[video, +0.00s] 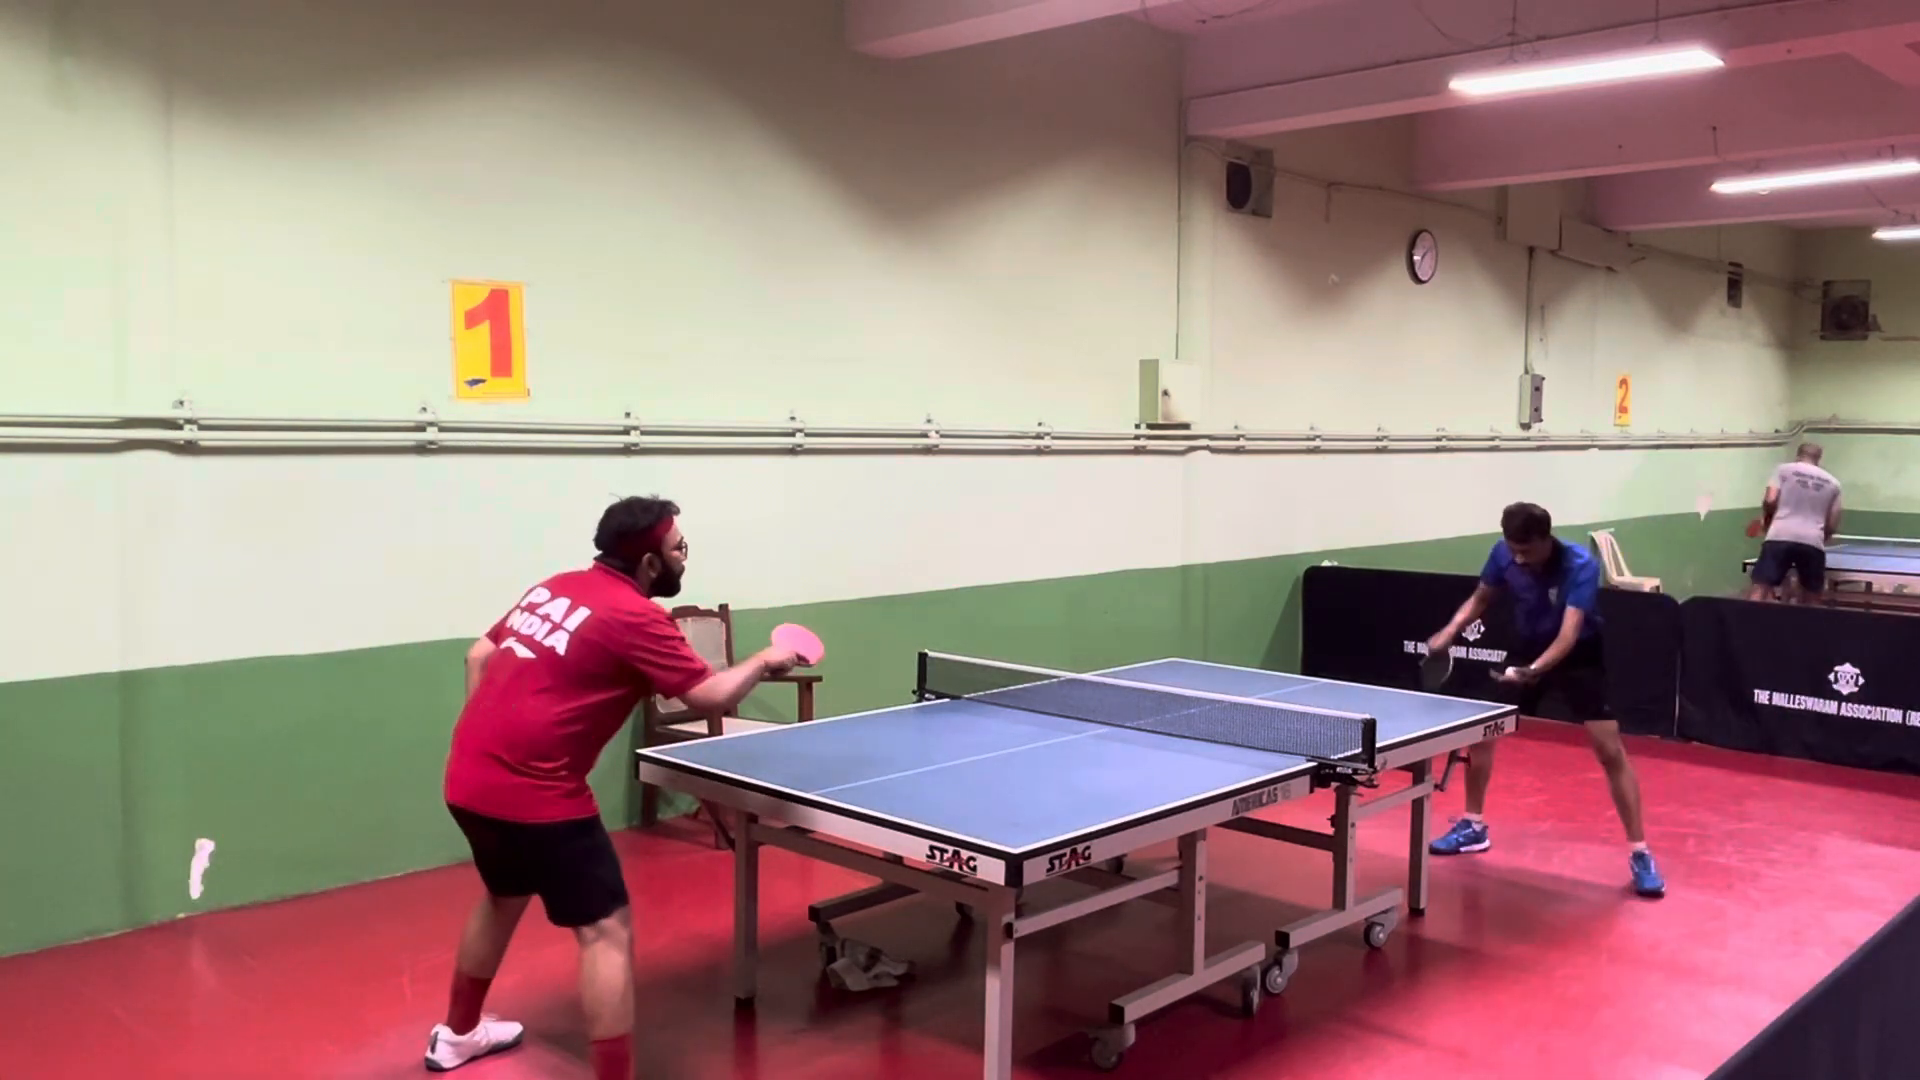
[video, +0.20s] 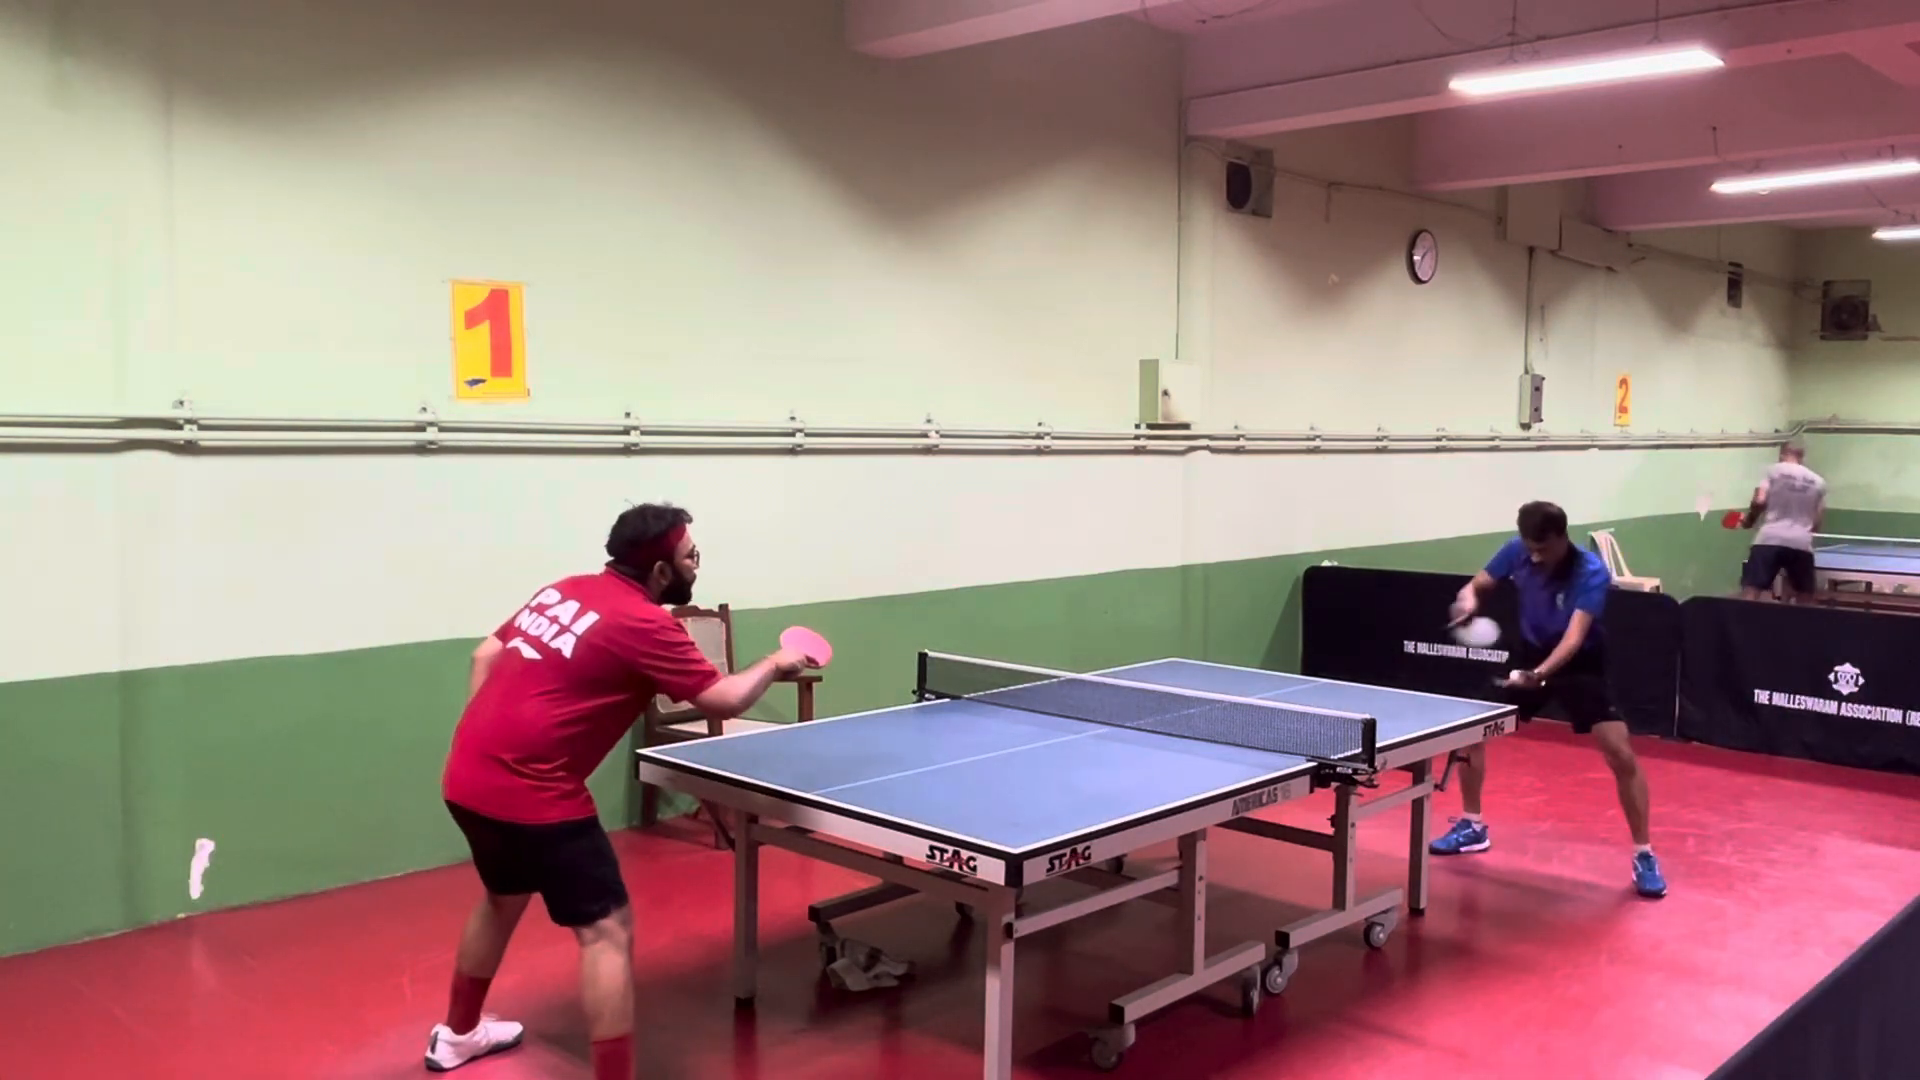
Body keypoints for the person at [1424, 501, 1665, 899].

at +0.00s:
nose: (1518, 557)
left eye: (1526, 551)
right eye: (1513, 550)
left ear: (1546, 539)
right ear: (1507, 542)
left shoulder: (1580, 564)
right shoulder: (1504, 554)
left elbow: (1570, 634)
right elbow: (1480, 598)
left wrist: (1532, 669)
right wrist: (1448, 632)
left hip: (1578, 656)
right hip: (1525, 652)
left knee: (1610, 751)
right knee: (1481, 731)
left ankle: (1640, 853)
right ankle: (1473, 824)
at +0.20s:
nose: (1535, 556)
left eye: (1543, 549)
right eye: (1529, 549)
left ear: (1562, 539)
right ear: (1522, 541)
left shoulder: (1591, 571)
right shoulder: (1517, 549)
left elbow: (1576, 635)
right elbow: (1475, 587)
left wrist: (1538, 673)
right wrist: (1468, 601)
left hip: (1580, 663)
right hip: (1528, 656)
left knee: (1621, 757)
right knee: (1468, 729)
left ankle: (1644, 855)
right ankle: (1472, 825)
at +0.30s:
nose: (1545, 547)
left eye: (1553, 540)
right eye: (1540, 539)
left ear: (1573, 530)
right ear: (1534, 531)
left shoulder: (1600, 566)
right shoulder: (1527, 542)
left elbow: (1578, 629)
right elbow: (1472, 586)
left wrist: (1538, 642)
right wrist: (1502, 586)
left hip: (1581, 665)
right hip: (1531, 658)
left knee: (1622, 758)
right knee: (1468, 729)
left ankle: (1644, 856)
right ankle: (1472, 825)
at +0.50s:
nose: (1555, 521)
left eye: (1564, 512)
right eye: (1549, 512)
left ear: (1586, 512)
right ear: (1542, 510)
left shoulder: (1607, 550)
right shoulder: (1532, 534)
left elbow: (1592, 606)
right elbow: (1517, 580)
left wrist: (1545, 584)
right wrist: (1585, 566)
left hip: (1586, 662)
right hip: (1531, 656)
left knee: (1626, 753)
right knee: (1477, 732)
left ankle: (1645, 854)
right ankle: (1472, 824)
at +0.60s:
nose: (1560, 514)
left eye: (1570, 506)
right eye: (1554, 506)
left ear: (1589, 508)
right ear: (1546, 506)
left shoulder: (1613, 549)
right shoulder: (1532, 534)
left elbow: (1598, 611)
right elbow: (1540, 586)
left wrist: (1546, 597)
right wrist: (1607, 574)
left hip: (1587, 657)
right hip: (1532, 652)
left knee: (1627, 754)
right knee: (1477, 733)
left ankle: (1645, 854)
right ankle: (1472, 824)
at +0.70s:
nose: (1561, 522)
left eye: (1570, 513)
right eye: (1554, 513)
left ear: (1589, 514)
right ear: (1546, 513)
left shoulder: (1615, 552)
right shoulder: (1531, 543)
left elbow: (1599, 622)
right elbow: (1557, 602)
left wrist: (1548, 623)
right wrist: (1627, 584)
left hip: (1589, 660)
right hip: (1533, 657)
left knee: (1631, 754)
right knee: (1475, 731)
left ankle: (1644, 854)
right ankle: (1472, 824)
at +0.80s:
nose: (1559, 550)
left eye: (1568, 539)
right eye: (1551, 540)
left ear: (1586, 533)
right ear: (1540, 534)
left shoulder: (1609, 560)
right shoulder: (1527, 560)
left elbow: (1597, 631)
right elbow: (1561, 623)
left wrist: (1550, 654)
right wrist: (1627, 599)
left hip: (1591, 662)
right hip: (1536, 660)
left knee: (1637, 755)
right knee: (1468, 736)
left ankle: (1644, 855)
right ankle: (1471, 824)